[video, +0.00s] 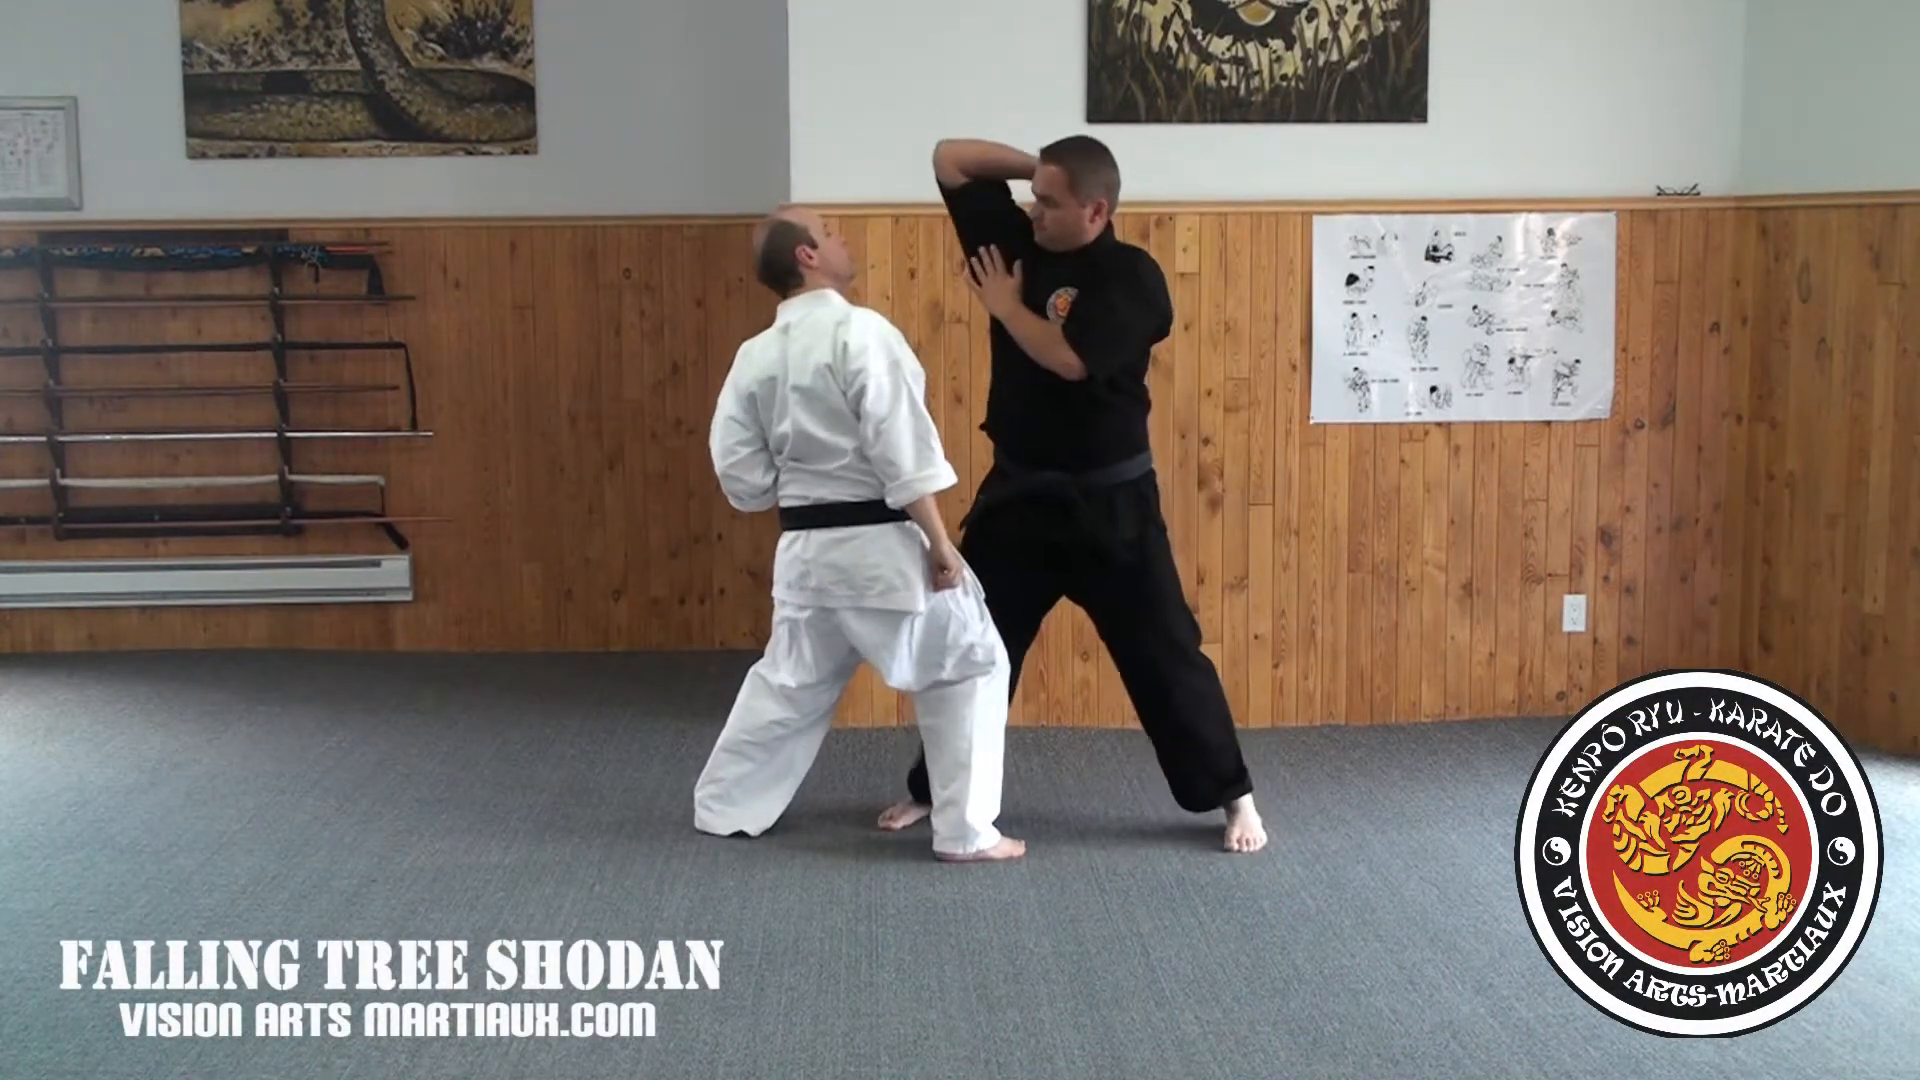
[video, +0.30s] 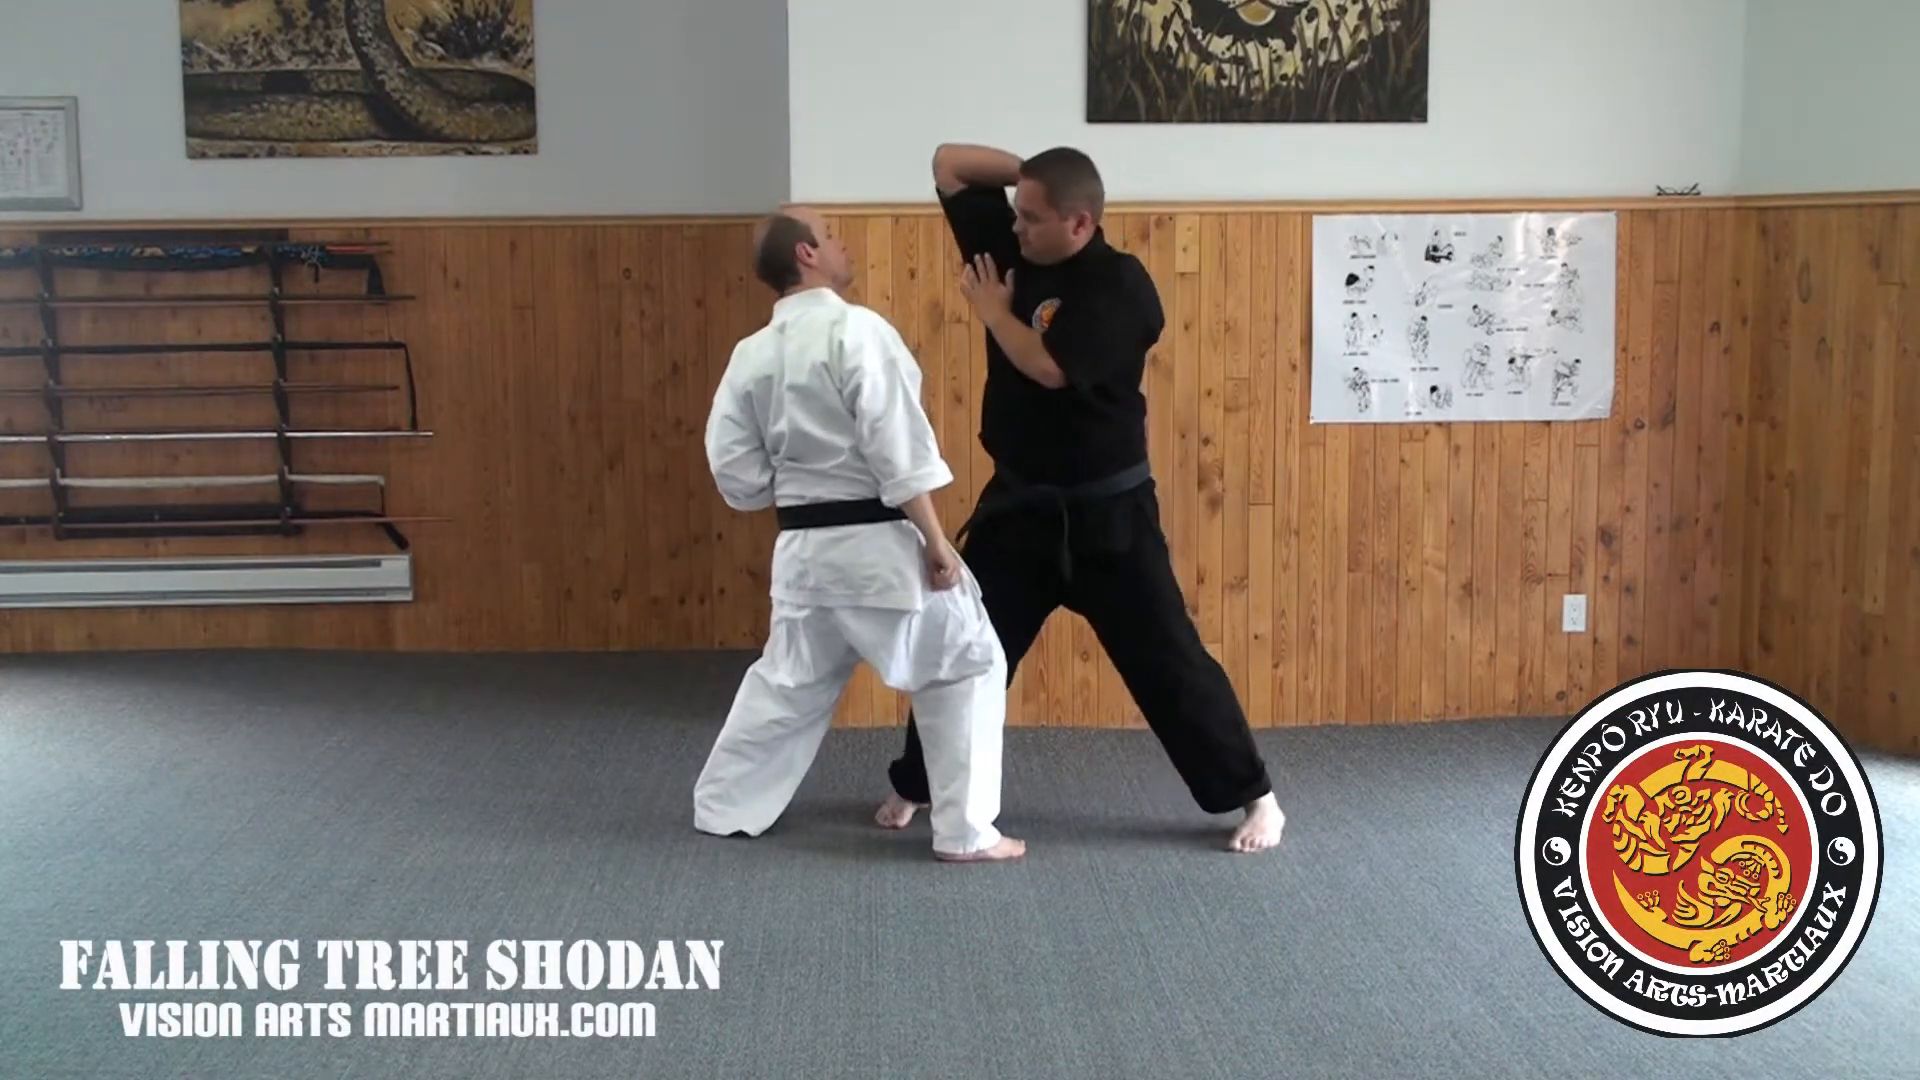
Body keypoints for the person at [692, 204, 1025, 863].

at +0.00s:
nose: (843, 240)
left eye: (835, 231)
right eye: (831, 234)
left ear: (788, 268)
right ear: (808, 257)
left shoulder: (756, 354)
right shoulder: (865, 334)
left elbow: (738, 471)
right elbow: (901, 453)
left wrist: (802, 492)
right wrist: (939, 542)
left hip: (803, 550)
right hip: (883, 545)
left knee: (788, 680)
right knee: (970, 665)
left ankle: (723, 807)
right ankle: (966, 830)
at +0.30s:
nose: (842, 244)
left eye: (833, 234)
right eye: (830, 237)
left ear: (785, 268)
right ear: (807, 257)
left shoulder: (752, 353)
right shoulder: (860, 331)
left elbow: (734, 472)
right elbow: (896, 450)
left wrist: (799, 488)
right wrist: (935, 538)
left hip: (800, 550)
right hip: (880, 545)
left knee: (787, 679)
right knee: (968, 666)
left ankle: (722, 807)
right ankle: (965, 830)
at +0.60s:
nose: (835, 250)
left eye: (827, 240)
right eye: (823, 241)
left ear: (778, 267)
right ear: (798, 258)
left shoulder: (744, 356)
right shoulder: (853, 329)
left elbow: (735, 477)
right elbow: (895, 445)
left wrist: (799, 491)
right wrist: (937, 535)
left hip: (802, 547)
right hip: (881, 540)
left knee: (787, 680)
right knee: (963, 667)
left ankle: (721, 807)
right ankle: (965, 830)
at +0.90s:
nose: (839, 260)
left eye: (834, 248)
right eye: (831, 249)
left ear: (777, 267)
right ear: (804, 258)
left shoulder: (739, 358)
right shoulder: (844, 335)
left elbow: (730, 484)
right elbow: (885, 451)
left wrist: (796, 494)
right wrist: (929, 536)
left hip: (797, 552)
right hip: (875, 545)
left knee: (788, 680)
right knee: (961, 666)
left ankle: (722, 807)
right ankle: (965, 829)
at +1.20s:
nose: (854, 264)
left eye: (851, 251)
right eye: (845, 251)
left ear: (786, 261)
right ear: (811, 256)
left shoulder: (737, 352)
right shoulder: (840, 336)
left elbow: (724, 470)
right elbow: (873, 448)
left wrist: (789, 499)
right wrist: (916, 535)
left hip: (790, 551)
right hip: (864, 547)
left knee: (786, 677)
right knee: (954, 663)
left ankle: (721, 806)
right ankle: (964, 830)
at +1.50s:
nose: (852, 270)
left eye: (851, 256)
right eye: (845, 256)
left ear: (786, 262)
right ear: (810, 258)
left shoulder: (730, 353)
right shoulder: (833, 337)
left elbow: (720, 474)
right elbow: (865, 448)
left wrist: (786, 501)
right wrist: (907, 536)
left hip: (784, 553)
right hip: (859, 548)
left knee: (787, 678)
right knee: (949, 664)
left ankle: (721, 807)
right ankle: (964, 830)